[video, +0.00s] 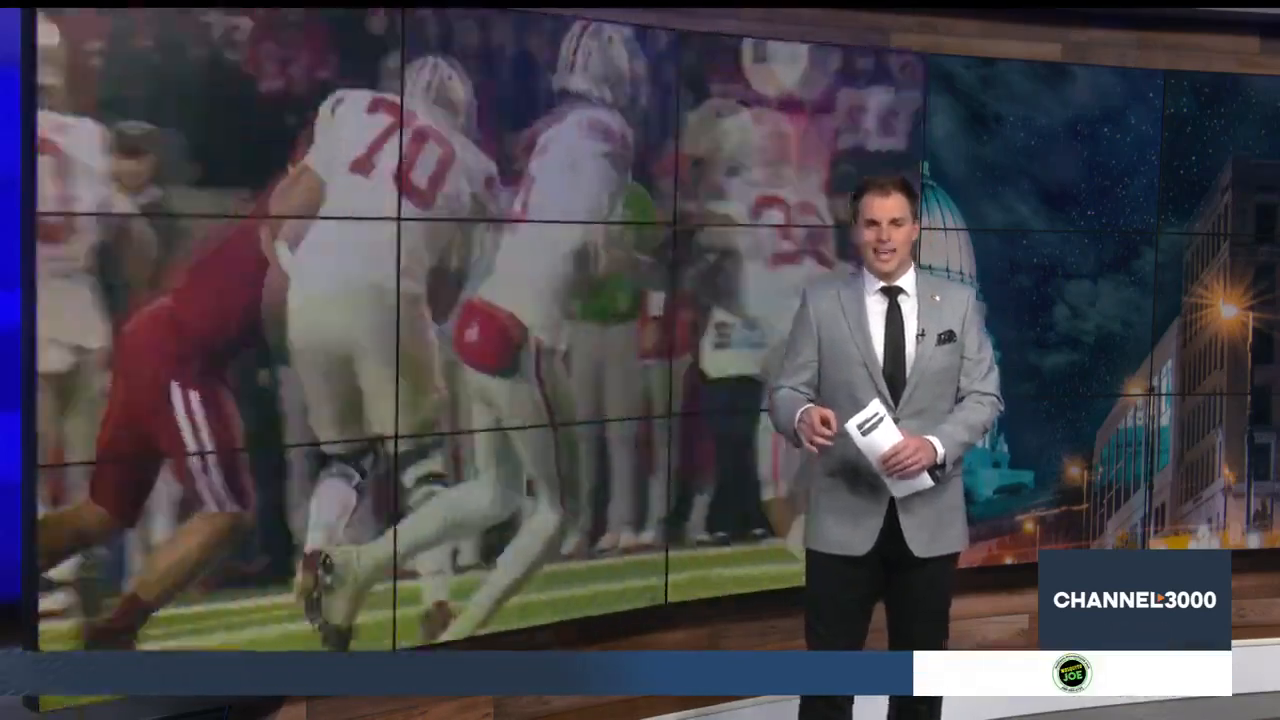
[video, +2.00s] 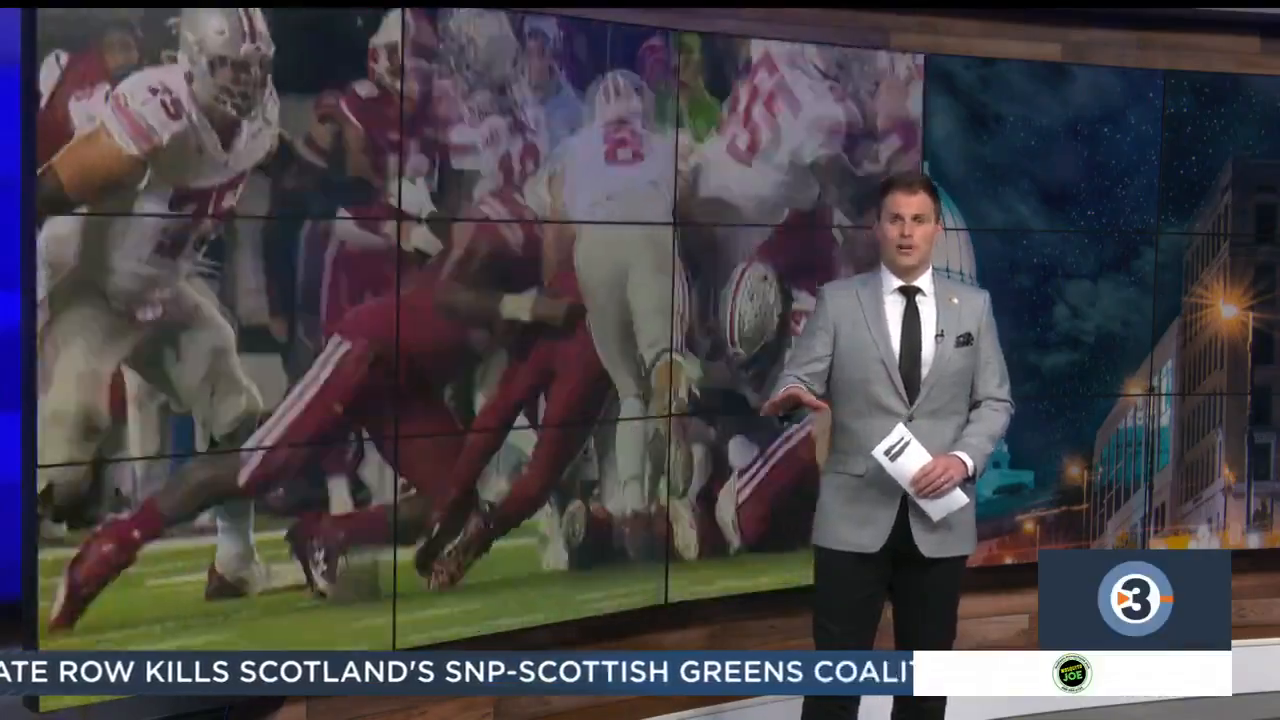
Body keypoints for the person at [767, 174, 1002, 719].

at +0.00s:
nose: (883, 236)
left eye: (896, 223)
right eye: (871, 224)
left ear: (916, 229)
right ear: (855, 230)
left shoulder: (959, 302)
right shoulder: (821, 302)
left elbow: (983, 399)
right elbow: (786, 392)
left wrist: (937, 444)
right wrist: (800, 415)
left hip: (928, 515)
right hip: (842, 515)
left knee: (922, 673)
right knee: (828, 673)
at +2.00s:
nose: (906, 233)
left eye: (919, 221)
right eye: (895, 220)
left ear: (937, 230)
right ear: (877, 228)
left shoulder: (972, 305)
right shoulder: (839, 301)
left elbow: (995, 402)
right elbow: (799, 378)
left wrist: (963, 457)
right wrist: (789, 398)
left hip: (938, 514)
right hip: (852, 512)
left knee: (928, 673)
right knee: (836, 671)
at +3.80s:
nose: (897, 233)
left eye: (910, 222)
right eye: (886, 222)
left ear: (931, 230)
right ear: (871, 231)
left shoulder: (971, 304)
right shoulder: (833, 303)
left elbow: (997, 402)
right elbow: (794, 394)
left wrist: (956, 461)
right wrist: (855, 428)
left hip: (938, 518)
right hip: (852, 516)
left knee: (929, 676)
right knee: (836, 674)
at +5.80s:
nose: (880, 232)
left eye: (892, 220)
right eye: (868, 221)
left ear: (915, 229)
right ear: (853, 231)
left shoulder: (955, 305)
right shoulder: (816, 302)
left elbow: (971, 402)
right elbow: (787, 393)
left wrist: (920, 441)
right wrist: (811, 416)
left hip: (918, 513)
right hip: (832, 512)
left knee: (916, 671)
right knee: (820, 670)